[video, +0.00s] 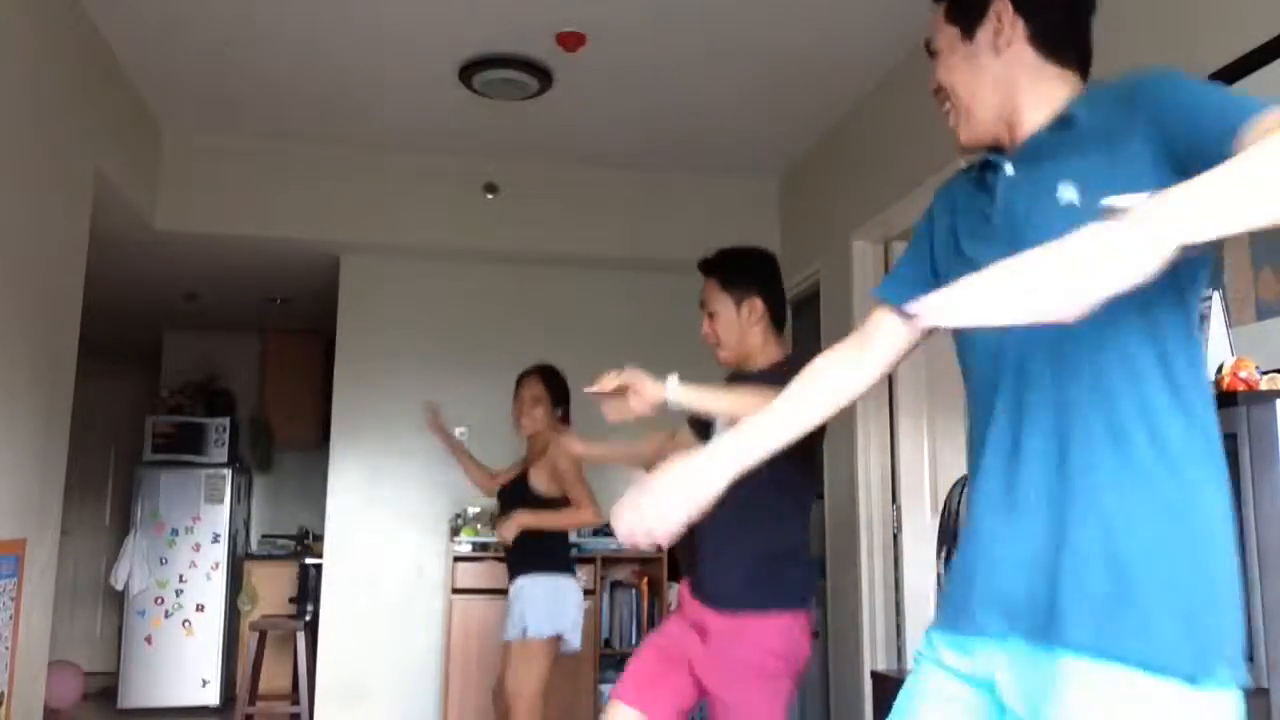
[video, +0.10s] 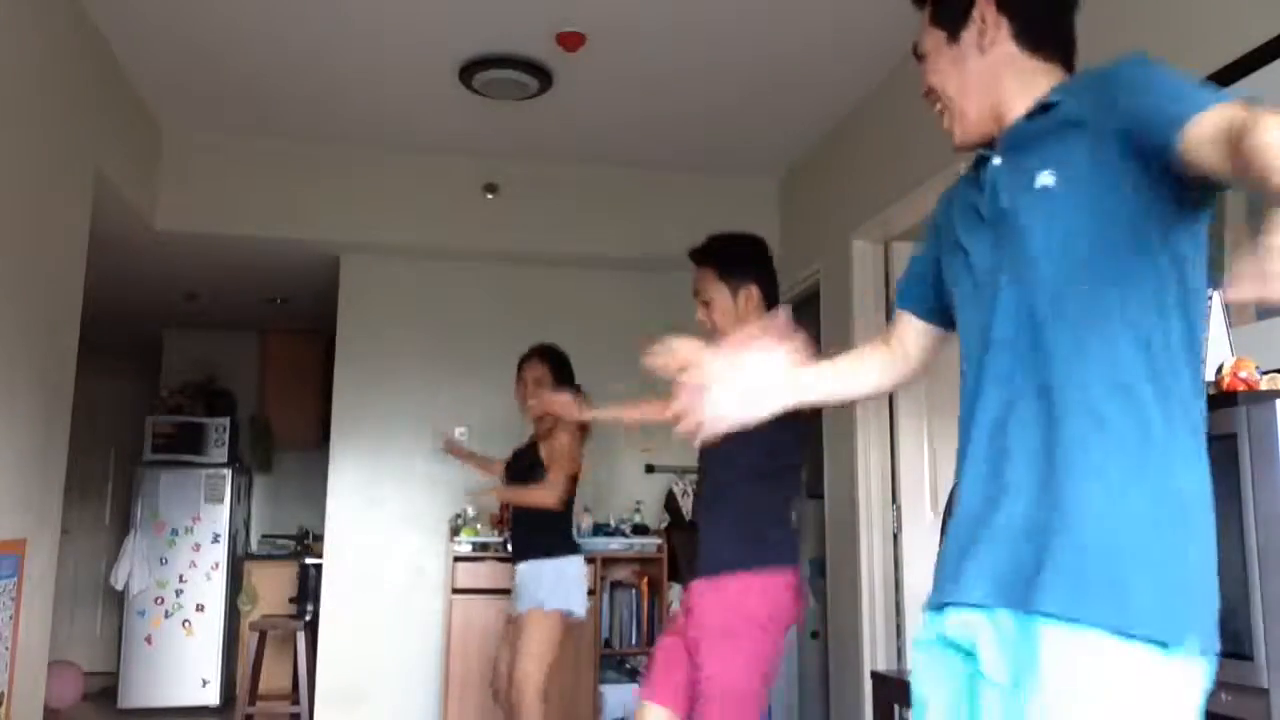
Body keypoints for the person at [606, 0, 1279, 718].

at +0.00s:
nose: (933, 82)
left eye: (939, 52)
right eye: (931, 61)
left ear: (1003, 26)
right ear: (992, 36)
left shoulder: (1152, 108)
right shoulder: (957, 206)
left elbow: (1277, 142)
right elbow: (864, 352)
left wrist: (1143, 233)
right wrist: (705, 470)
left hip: (1149, 622)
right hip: (986, 617)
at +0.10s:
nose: (923, 84)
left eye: (927, 53)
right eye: (920, 61)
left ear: (986, 26)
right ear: (985, 31)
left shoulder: (1122, 95)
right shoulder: (963, 206)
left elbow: (1248, 134)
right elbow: (893, 355)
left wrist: (1262, 254)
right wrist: (777, 379)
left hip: (1121, 591)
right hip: (976, 586)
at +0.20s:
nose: (908, 125)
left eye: (909, 93)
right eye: (904, 101)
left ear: (967, 68)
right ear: (967, 72)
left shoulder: (1101, 137)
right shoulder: (969, 235)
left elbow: (1210, 195)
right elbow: (924, 406)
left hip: (1098, 614)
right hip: (978, 609)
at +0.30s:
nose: (902, 143)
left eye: (902, 113)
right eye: (896, 119)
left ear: (960, 86)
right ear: (959, 91)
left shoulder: (1102, 158)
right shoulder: (975, 256)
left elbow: (1229, 208)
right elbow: (915, 421)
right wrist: (890, 343)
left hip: (1097, 614)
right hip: (999, 611)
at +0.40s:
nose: (910, 117)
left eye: (915, 84)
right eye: (904, 95)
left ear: (987, 46)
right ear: (983, 53)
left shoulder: (1127, 115)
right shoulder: (965, 212)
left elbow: (1258, 135)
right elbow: (895, 366)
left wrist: (1267, 187)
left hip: (1111, 592)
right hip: (995, 591)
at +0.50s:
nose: (932, 86)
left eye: (941, 54)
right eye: (927, 66)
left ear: (1022, 22)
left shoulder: (1150, 90)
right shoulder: (965, 179)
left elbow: (1277, 115)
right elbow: (877, 323)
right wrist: (725, 442)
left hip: (1121, 573)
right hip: (994, 572)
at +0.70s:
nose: (939, 104)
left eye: (952, 72)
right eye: (935, 86)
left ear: (1042, 44)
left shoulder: (1178, 152)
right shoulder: (961, 238)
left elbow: (1276, 189)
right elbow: (851, 370)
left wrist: (1097, 182)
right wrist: (727, 490)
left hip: (1189, 652)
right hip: (1005, 649)